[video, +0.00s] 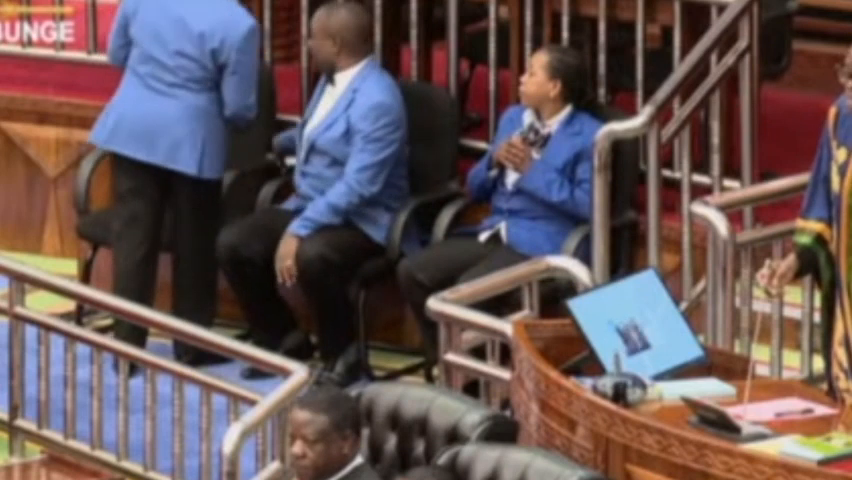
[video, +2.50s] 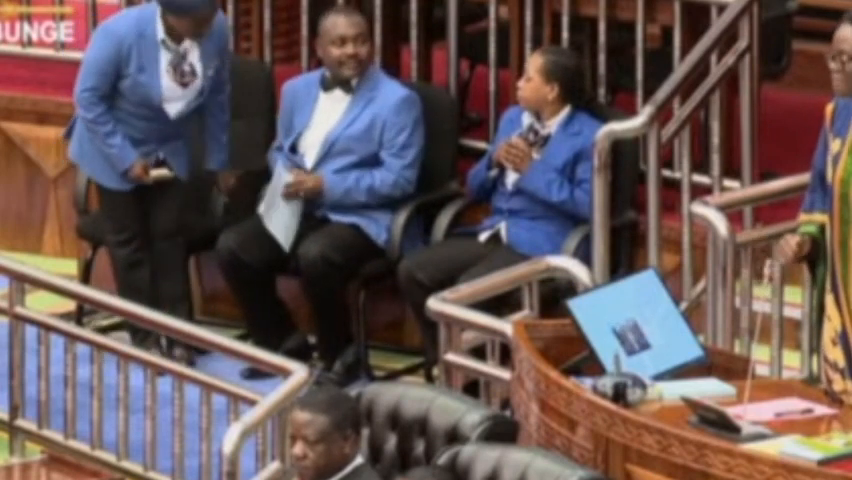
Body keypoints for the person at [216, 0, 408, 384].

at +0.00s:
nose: (309, 47)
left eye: (313, 39)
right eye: (310, 39)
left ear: (336, 43)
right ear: (342, 43)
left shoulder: (377, 97)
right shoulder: (330, 83)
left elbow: (361, 184)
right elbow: (320, 137)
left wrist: (298, 231)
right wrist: (281, 144)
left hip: (365, 219)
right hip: (312, 205)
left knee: (315, 258)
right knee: (235, 244)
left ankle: (342, 358)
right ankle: (282, 341)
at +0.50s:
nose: (316, 47)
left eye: (327, 41)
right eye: (318, 39)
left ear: (357, 55)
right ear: (349, 53)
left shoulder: (384, 110)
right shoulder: (326, 84)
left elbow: (370, 198)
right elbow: (315, 138)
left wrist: (297, 230)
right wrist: (278, 144)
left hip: (362, 222)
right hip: (308, 205)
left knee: (315, 257)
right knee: (233, 246)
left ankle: (341, 359)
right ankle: (280, 341)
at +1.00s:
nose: (342, 43)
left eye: (355, 37)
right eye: (337, 33)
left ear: (378, 44)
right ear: (328, 36)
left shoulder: (400, 100)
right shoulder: (310, 83)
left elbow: (390, 179)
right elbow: (296, 129)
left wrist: (310, 168)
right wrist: (279, 137)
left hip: (365, 219)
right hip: (306, 211)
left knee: (314, 254)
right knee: (238, 246)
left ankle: (338, 355)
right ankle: (282, 341)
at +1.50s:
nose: (354, 46)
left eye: (363, 36)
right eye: (343, 37)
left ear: (375, 41)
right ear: (325, 43)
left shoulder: (400, 98)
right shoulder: (307, 86)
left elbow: (403, 177)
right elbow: (302, 147)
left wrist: (329, 179)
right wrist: (279, 156)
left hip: (365, 216)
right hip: (304, 208)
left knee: (311, 253)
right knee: (240, 247)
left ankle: (336, 354)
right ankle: (281, 342)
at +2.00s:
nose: (351, 49)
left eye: (360, 39)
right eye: (340, 41)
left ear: (373, 42)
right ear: (321, 46)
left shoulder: (400, 98)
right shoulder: (301, 89)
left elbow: (413, 175)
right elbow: (296, 150)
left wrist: (338, 186)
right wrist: (279, 165)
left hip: (366, 217)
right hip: (301, 210)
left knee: (314, 254)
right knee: (239, 250)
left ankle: (338, 356)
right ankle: (282, 345)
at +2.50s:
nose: (351, 51)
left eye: (360, 42)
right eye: (339, 43)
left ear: (372, 45)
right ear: (319, 48)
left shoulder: (397, 101)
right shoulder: (296, 91)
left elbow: (400, 181)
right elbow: (278, 151)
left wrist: (324, 186)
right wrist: (291, 179)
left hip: (363, 219)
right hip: (299, 214)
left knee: (316, 256)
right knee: (235, 249)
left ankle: (339, 357)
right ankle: (281, 345)